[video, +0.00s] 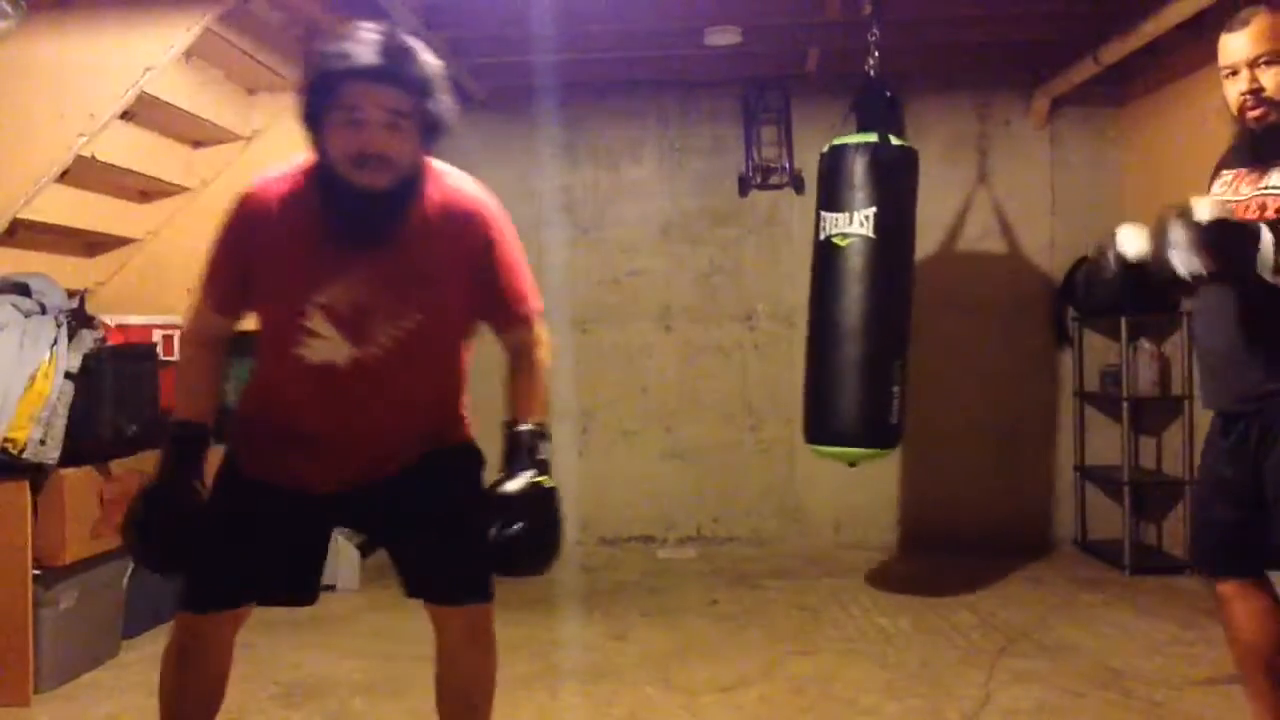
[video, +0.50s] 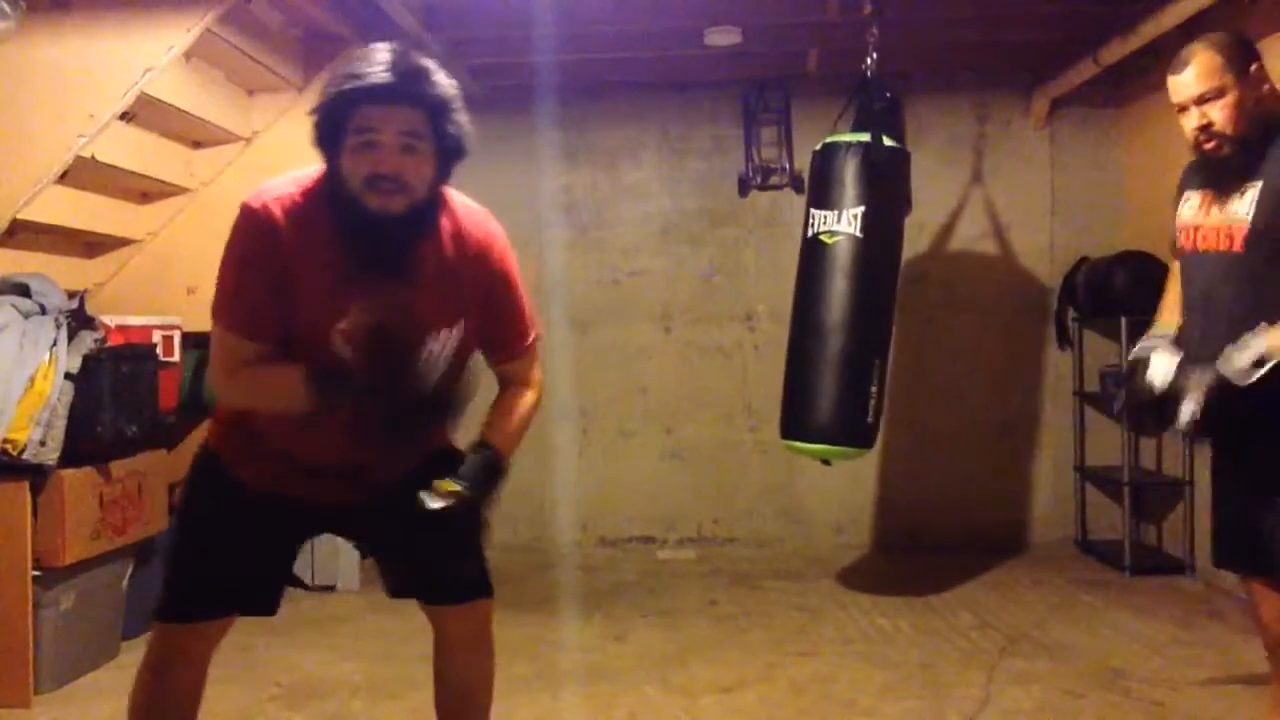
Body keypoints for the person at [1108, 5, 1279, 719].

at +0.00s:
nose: (1248, 85)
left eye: (1262, 66)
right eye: (1233, 72)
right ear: (1220, 80)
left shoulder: (1279, 169)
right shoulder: (1231, 169)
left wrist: (1257, 250)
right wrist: (1144, 256)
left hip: (1273, 406)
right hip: (1237, 410)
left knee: (1243, 573)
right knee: (1232, 573)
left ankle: (1265, 703)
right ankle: (1264, 707)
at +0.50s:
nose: (1197, 123)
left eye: (1210, 99)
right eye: (1183, 109)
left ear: (1258, 84)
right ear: (1173, 111)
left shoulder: (1277, 166)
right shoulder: (1196, 176)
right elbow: (1184, 273)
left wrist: (1275, 337)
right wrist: (1163, 338)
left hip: (1279, 412)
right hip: (1236, 411)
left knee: (1271, 580)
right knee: (1259, 573)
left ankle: (1275, 689)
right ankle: (1274, 686)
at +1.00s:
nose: (1194, 129)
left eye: (1208, 109)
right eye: (1180, 117)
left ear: (1247, 101)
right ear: (1171, 122)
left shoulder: (1273, 166)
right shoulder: (1198, 182)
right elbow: (1193, 295)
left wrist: (1264, 349)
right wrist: (1154, 353)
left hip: (1259, 415)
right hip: (1217, 413)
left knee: (1257, 576)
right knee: (1243, 571)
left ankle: (1273, 686)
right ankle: (1270, 681)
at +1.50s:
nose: (1174, 129)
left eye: (1188, 108)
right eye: (1160, 117)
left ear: (1230, 98)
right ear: (1151, 122)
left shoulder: (1258, 164)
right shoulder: (1199, 184)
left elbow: (1256, 288)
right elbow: (1182, 305)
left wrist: (1166, 248)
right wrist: (1128, 270)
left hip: (1249, 421)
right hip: (1218, 422)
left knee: (1241, 605)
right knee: (1245, 601)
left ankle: (1236, 716)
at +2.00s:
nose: (1111, 119)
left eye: (1125, 96)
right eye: (1096, 108)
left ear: (1166, 84)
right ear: (1085, 113)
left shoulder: (1210, 155)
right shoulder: (1146, 171)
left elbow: (1220, 300)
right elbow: (1144, 298)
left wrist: (1114, 251)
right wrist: (1089, 272)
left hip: (1239, 414)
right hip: (1212, 413)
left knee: (1241, 610)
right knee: (1245, 605)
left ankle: (1236, 714)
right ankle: (1243, 707)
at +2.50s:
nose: (1154, 117)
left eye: (1170, 94)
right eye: (1142, 103)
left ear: (1221, 83)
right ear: (1136, 107)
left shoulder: (1256, 152)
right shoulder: (1184, 168)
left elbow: (1255, 286)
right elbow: (1155, 289)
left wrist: (1144, 240)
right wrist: (1100, 253)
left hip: (1248, 414)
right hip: (1213, 415)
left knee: (1241, 609)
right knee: (1242, 604)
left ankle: (1235, 714)